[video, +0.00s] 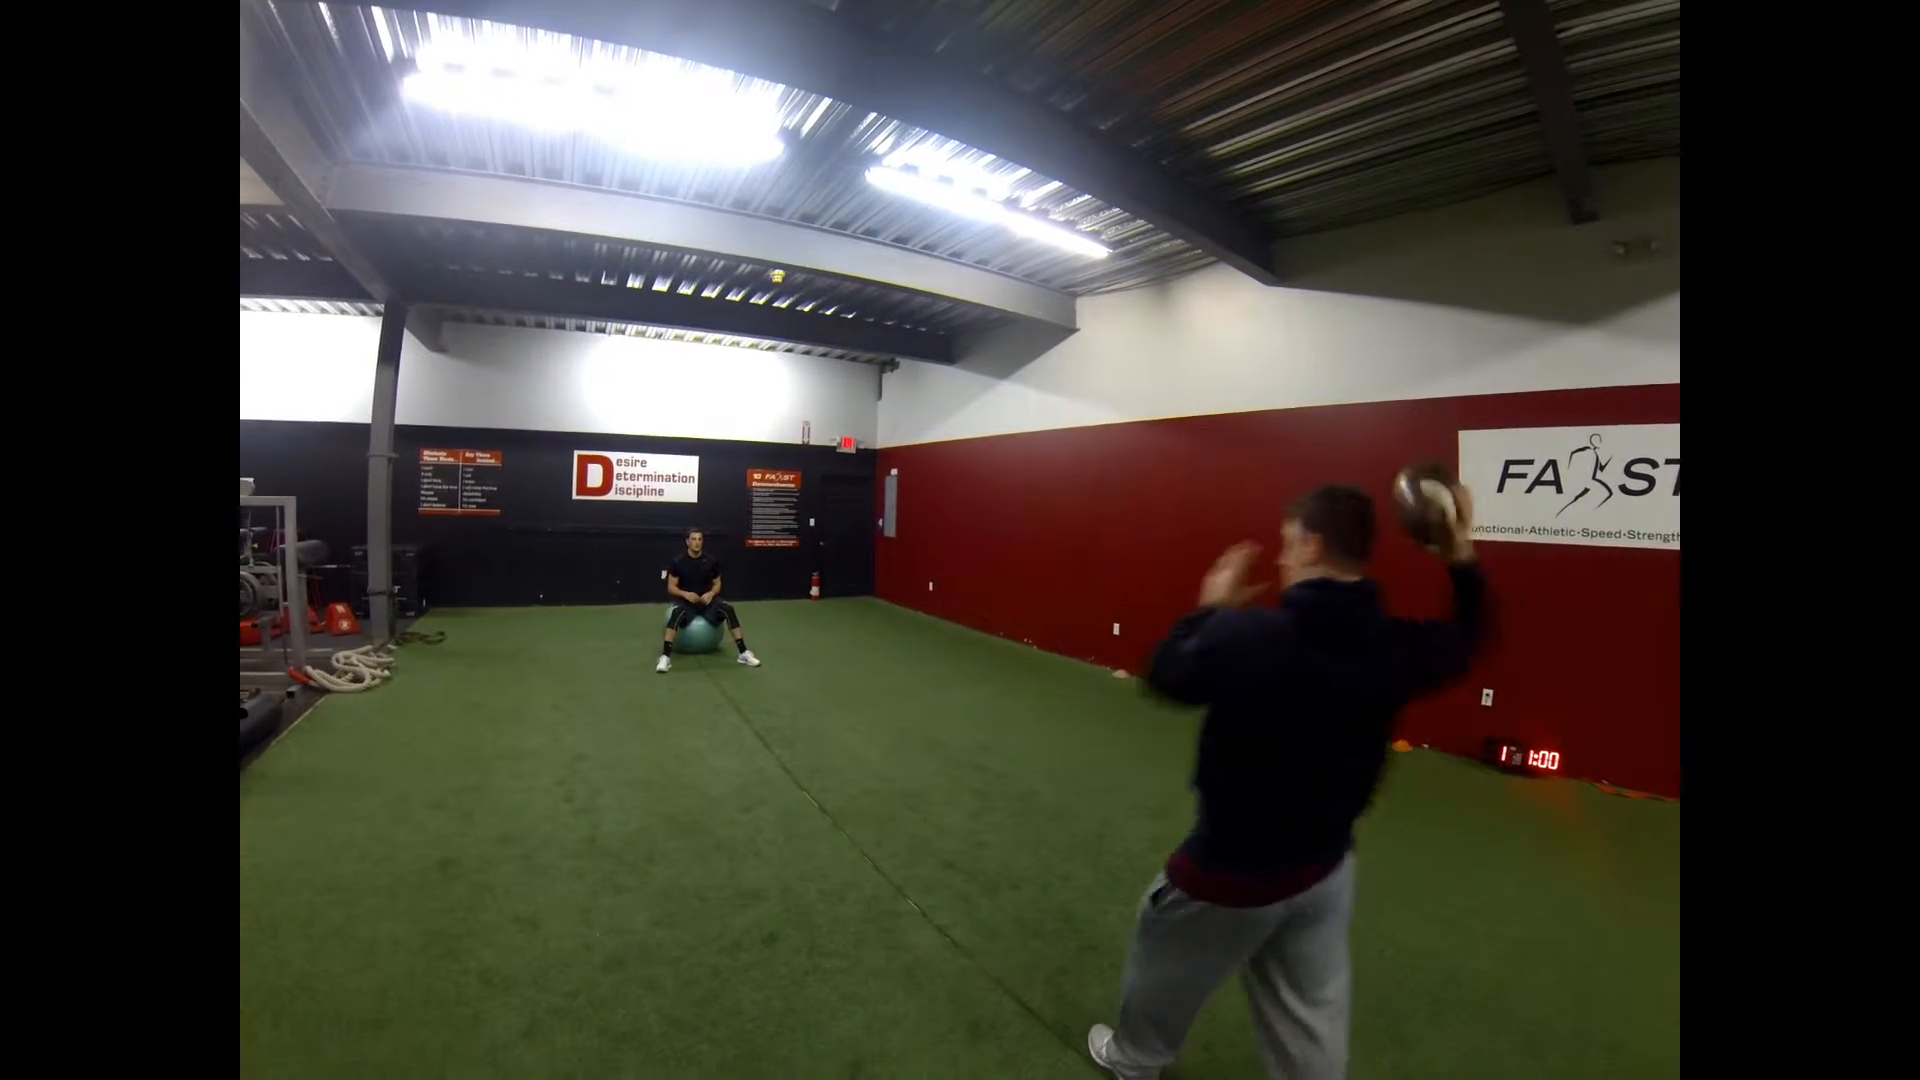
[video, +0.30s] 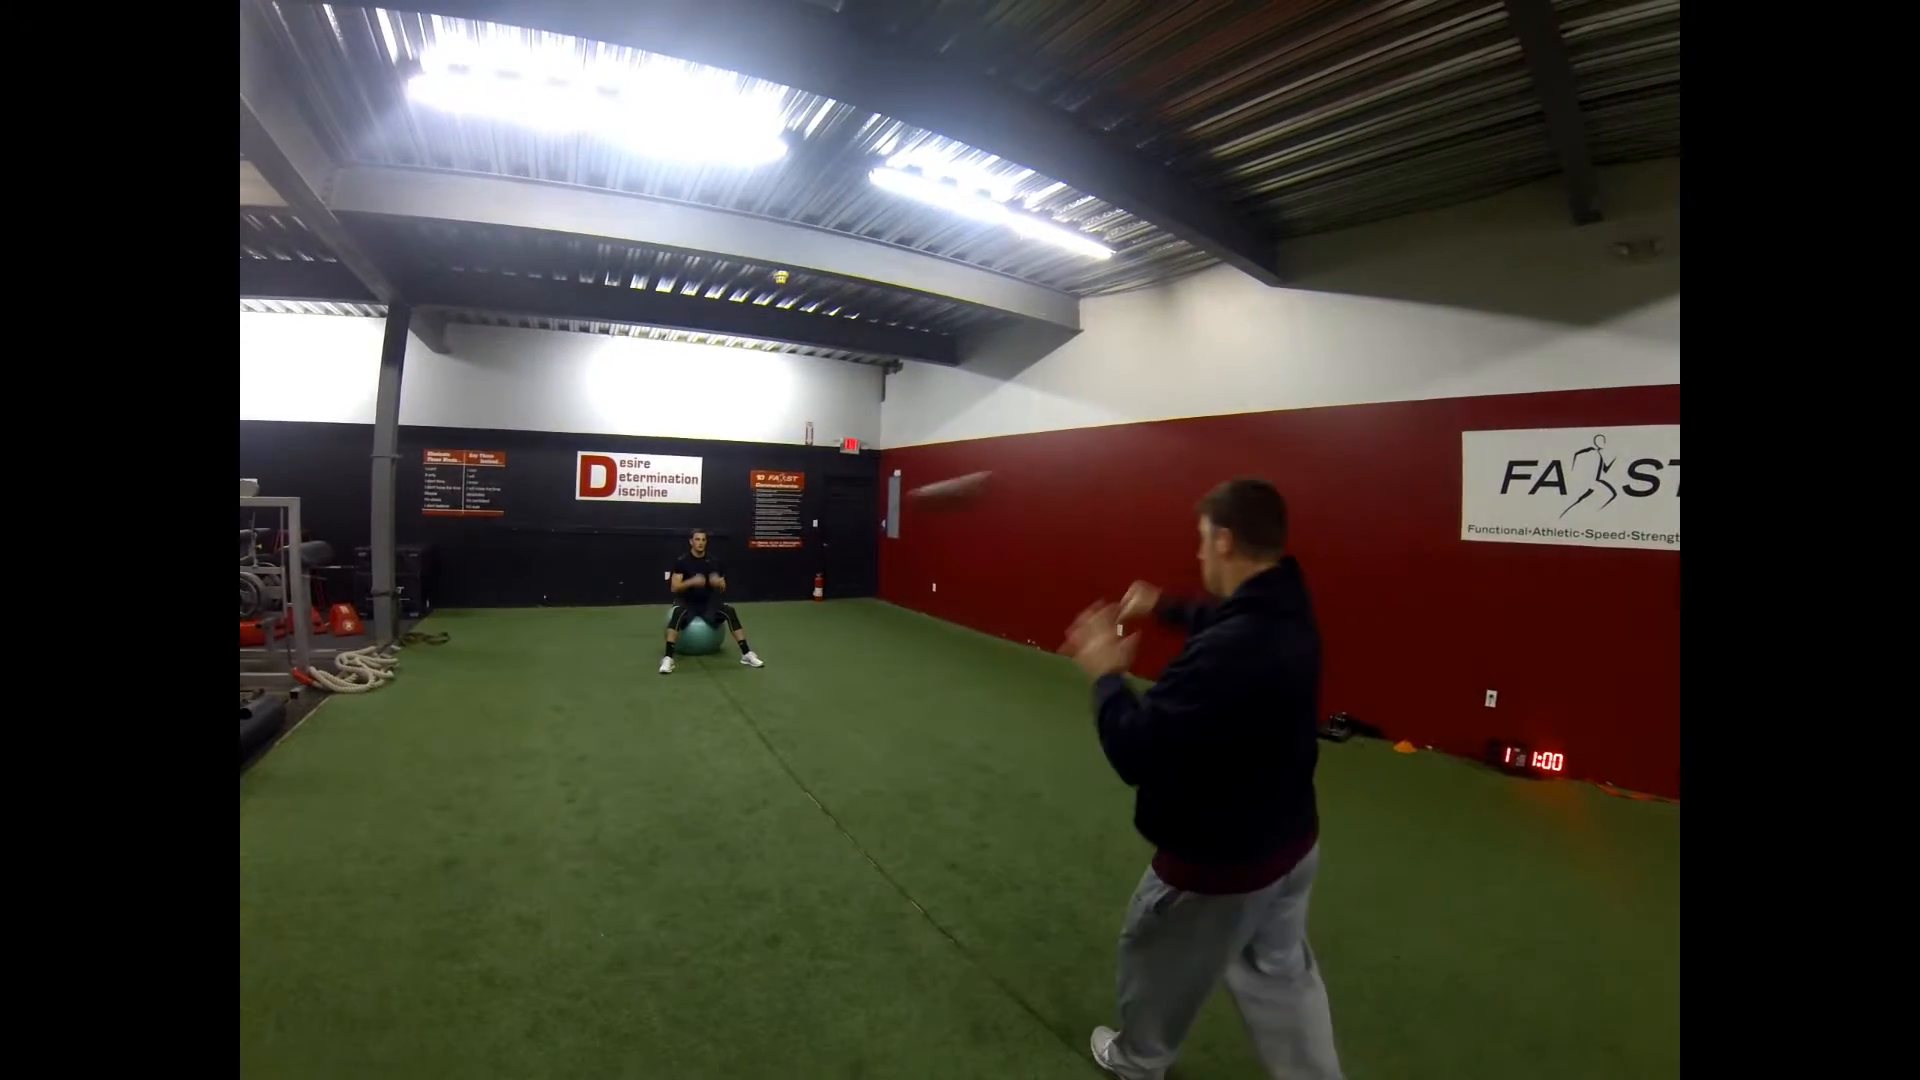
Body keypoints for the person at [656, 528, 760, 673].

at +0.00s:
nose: (697, 542)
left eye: (699, 539)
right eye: (693, 539)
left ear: (703, 542)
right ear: (687, 542)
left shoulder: (711, 561)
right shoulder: (678, 563)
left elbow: (717, 584)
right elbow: (671, 587)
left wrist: (710, 594)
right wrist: (686, 594)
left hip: (707, 601)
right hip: (687, 601)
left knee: (728, 609)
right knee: (677, 612)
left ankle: (743, 652)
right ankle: (665, 656)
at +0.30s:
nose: (700, 543)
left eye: (703, 540)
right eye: (697, 539)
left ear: (706, 542)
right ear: (691, 542)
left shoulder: (714, 561)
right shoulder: (682, 562)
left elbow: (723, 587)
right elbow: (674, 587)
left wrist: (718, 582)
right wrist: (692, 582)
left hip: (709, 603)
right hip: (688, 604)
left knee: (730, 611)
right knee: (677, 612)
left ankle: (746, 653)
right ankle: (668, 657)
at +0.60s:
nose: (700, 549)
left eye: (702, 546)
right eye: (697, 545)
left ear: (705, 547)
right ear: (689, 545)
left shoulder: (708, 563)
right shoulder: (680, 562)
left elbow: (714, 588)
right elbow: (686, 585)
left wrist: (723, 591)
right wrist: (699, 593)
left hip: (705, 603)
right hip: (685, 605)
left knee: (730, 614)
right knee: (676, 615)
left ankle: (746, 656)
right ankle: (667, 660)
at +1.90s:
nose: (690, 557)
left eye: (693, 554)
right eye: (687, 554)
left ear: (697, 556)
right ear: (681, 555)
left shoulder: (706, 573)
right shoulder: (676, 575)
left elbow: (720, 597)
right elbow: (669, 598)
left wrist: (708, 603)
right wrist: (659, 586)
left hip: (704, 615)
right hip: (684, 615)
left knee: (727, 623)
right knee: (677, 626)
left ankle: (742, 667)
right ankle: (664, 670)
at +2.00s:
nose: (690, 555)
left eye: (693, 552)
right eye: (687, 552)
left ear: (697, 554)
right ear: (682, 554)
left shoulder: (707, 572)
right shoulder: (677, 574)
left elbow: (724, 593)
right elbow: (659, 593)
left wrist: (718, 599)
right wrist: (657, 569)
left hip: (705, 615)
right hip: (684, 616)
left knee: (728, 623)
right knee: (677, 625)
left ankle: (742, 666)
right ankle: (664, 670)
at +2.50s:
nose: (695, 547)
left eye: (698, 544)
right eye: (692, 544)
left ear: (702, 547)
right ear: (687, 546)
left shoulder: (710, 568)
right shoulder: (679, 568)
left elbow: (717, 593)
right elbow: (673, 595)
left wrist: (708, 599)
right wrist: (691, 594)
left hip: (707, 608)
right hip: (686, 609)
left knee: (729, 617)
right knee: (676, 618)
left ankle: (743, 660)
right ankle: (664, 663)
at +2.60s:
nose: (695, 551)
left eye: (699, 548)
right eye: (692, 547)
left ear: (702, 551)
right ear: (687, 550)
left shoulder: (710, 571)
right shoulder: (678, 571)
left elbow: (716, 596)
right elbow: (670, 598)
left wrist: (708, 604)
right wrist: (687, 601)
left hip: (705, 611)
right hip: (685, 612)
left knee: (727, 619)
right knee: (675, 619)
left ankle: (743, 662)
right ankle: (664, 665)